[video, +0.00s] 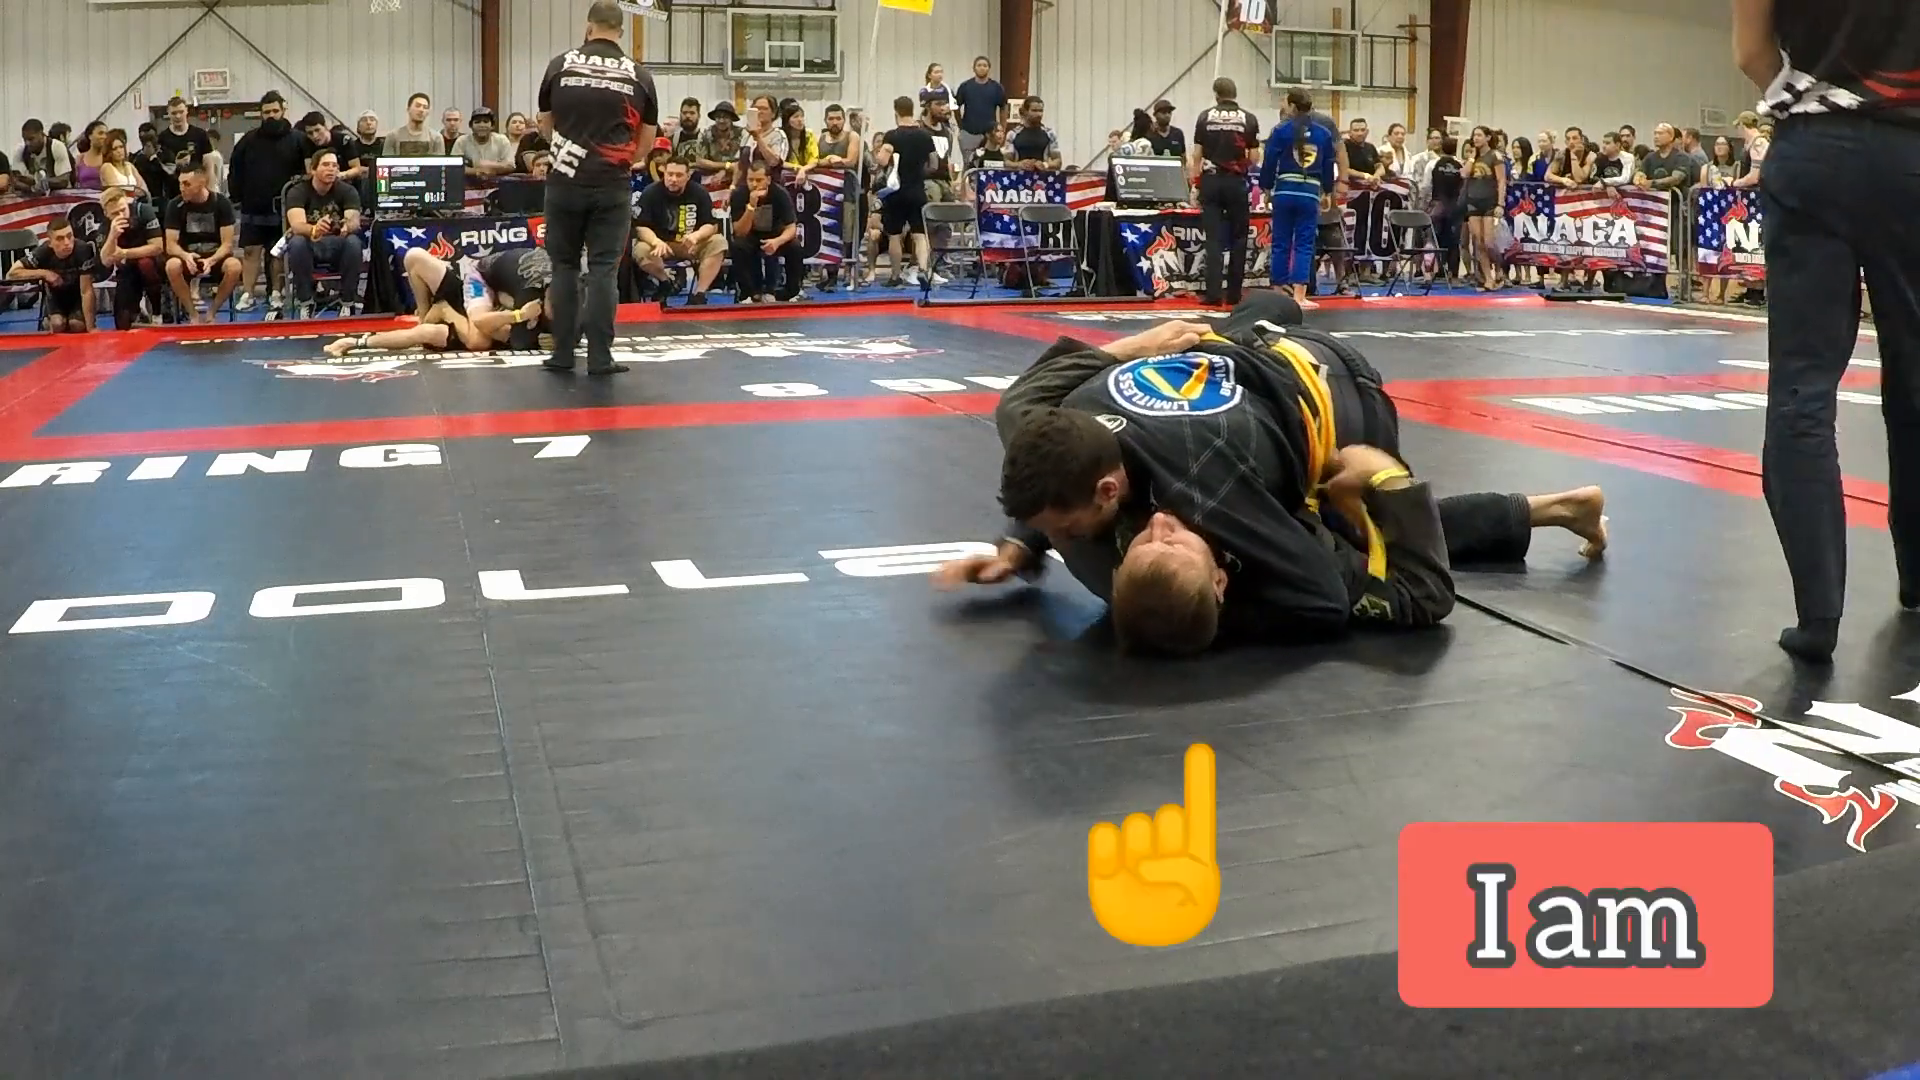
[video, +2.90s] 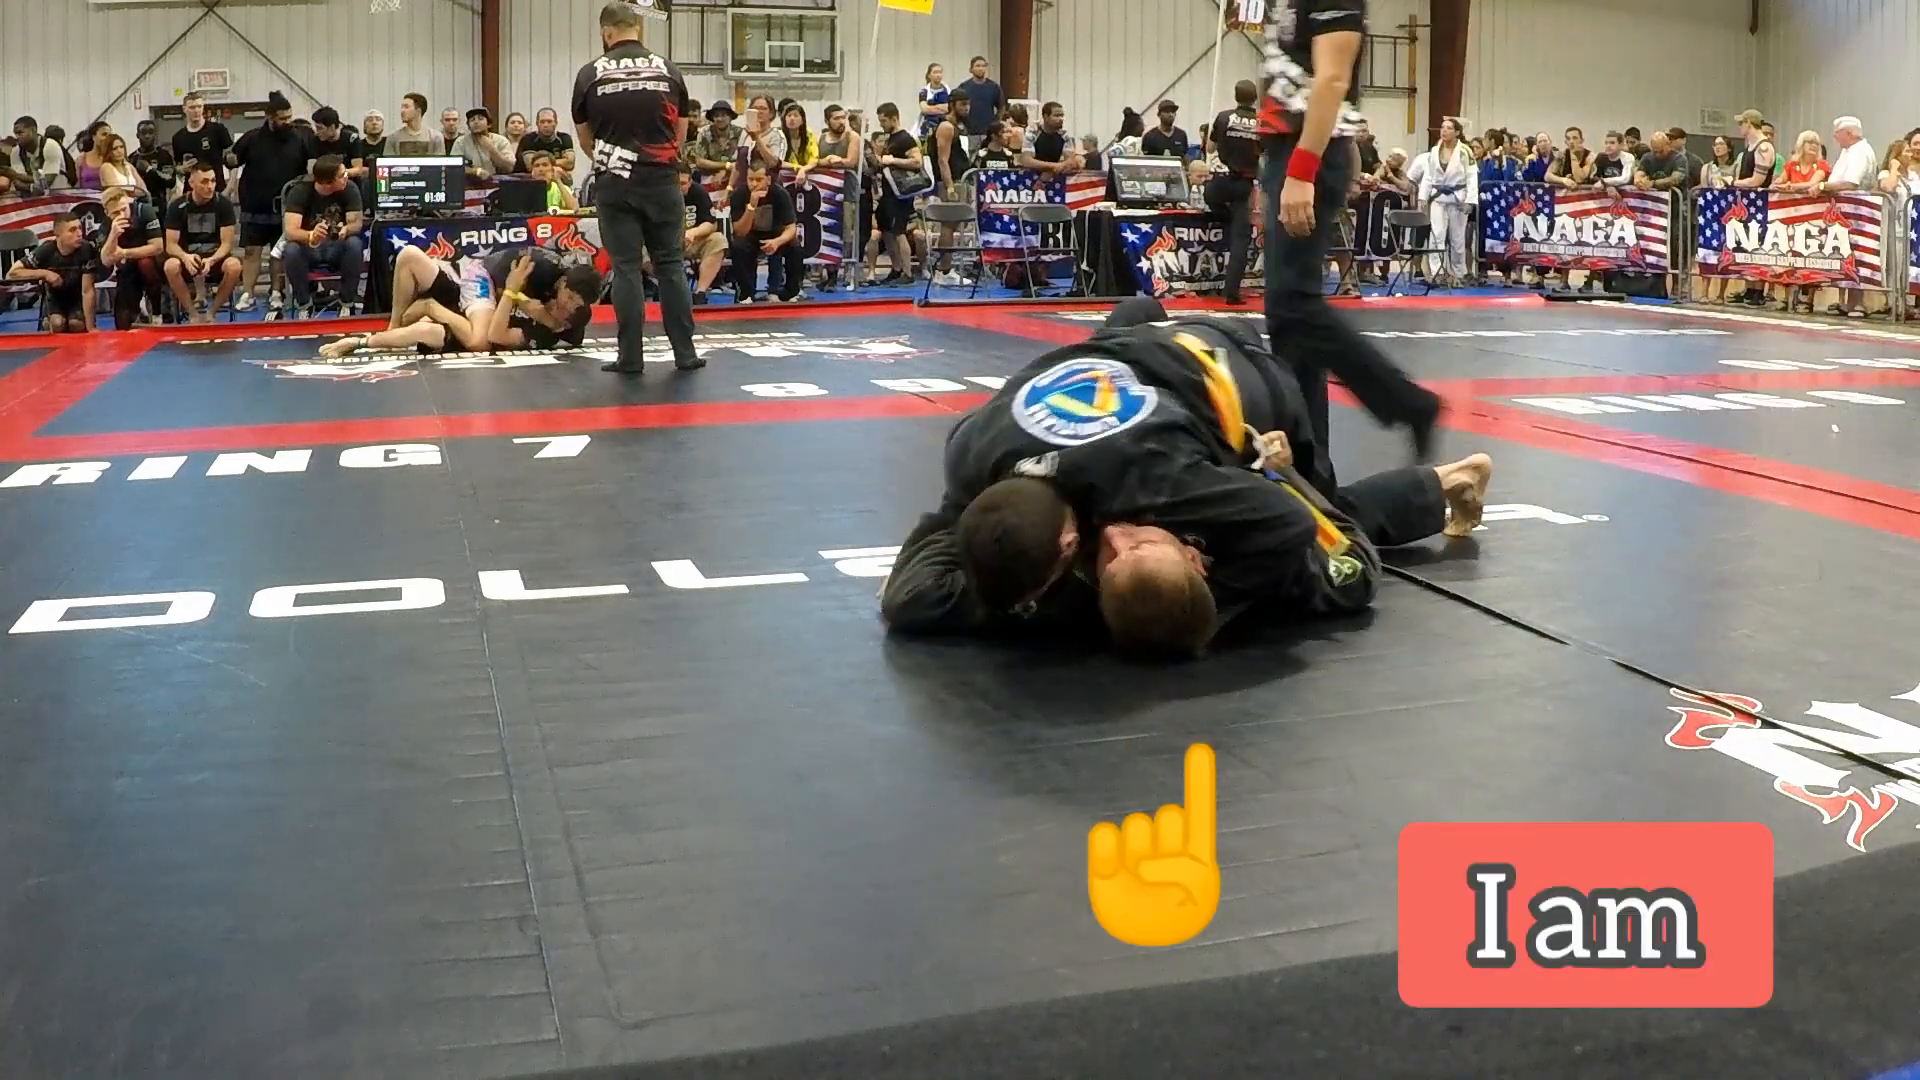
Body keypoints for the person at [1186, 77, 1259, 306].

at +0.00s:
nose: (1217, 97)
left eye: (1216, 93)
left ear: (1215, 95)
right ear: (1235, 94)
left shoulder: (1205, 117)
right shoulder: (1249, 118)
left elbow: (1197, 155)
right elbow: (1254, 156)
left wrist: (1196, 183)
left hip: (1211, 180)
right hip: (1237, 182)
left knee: (1213, 239)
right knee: (1239, 239)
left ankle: (1213, 294)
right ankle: (1234, 295)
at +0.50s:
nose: (1226, 96)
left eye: (1225, 93)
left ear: (1226, 95)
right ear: (1245, 96)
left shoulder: (1214, 117)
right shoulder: (1256, 119)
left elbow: (1204, 155)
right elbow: (1250, 149)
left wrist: (1197, 185)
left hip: (1218, 178)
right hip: (1242, 180)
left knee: (1230, 233)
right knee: (1238, 237)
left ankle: (1233, 285)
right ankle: (1232, 292)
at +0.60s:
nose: (1223, 98)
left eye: (1224, 95)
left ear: (1226, 96)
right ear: (1245, 96)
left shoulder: (1214, 119)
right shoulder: (1256, 120)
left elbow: (1205, 157)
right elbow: (1251, 148)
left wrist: (1197, 186)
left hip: (1218, 179)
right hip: (1242, 181)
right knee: (1237, 238)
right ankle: (1231, 292)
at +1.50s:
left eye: (1236, 93)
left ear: (1232, 96)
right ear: (1251, 97)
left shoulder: (1221, 119)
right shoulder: (1261, 121)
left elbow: (1210, 155)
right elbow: (1259, 151)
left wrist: (1199, 170)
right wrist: (1246, 165)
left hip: (1220, 178)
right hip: (1244, 182)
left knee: (1210, 198)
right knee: (1238, 239)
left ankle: (1227, 222)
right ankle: (1231, 292)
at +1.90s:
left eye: (1232, 95)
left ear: (1231, 97)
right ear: (1250, 97)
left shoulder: (1220, 120)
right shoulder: (1262, 120)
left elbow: (1204, 148)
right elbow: (1259, 145)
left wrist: (1204, 135)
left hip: (1224, 180)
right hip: (1247, 183)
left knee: (1208, 197)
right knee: (1241, 239)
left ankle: (1230, 223)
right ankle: (1232, 293)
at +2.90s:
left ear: (1235, 97)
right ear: (1255, 98)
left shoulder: (1223, 117)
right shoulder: (1261, 120)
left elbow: (1211, 146)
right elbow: (1263, 148)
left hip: (1223, 176)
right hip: (1245, 179)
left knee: (1211, 198)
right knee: (1241, 237)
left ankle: (1230, 219)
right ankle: (1231, 292)